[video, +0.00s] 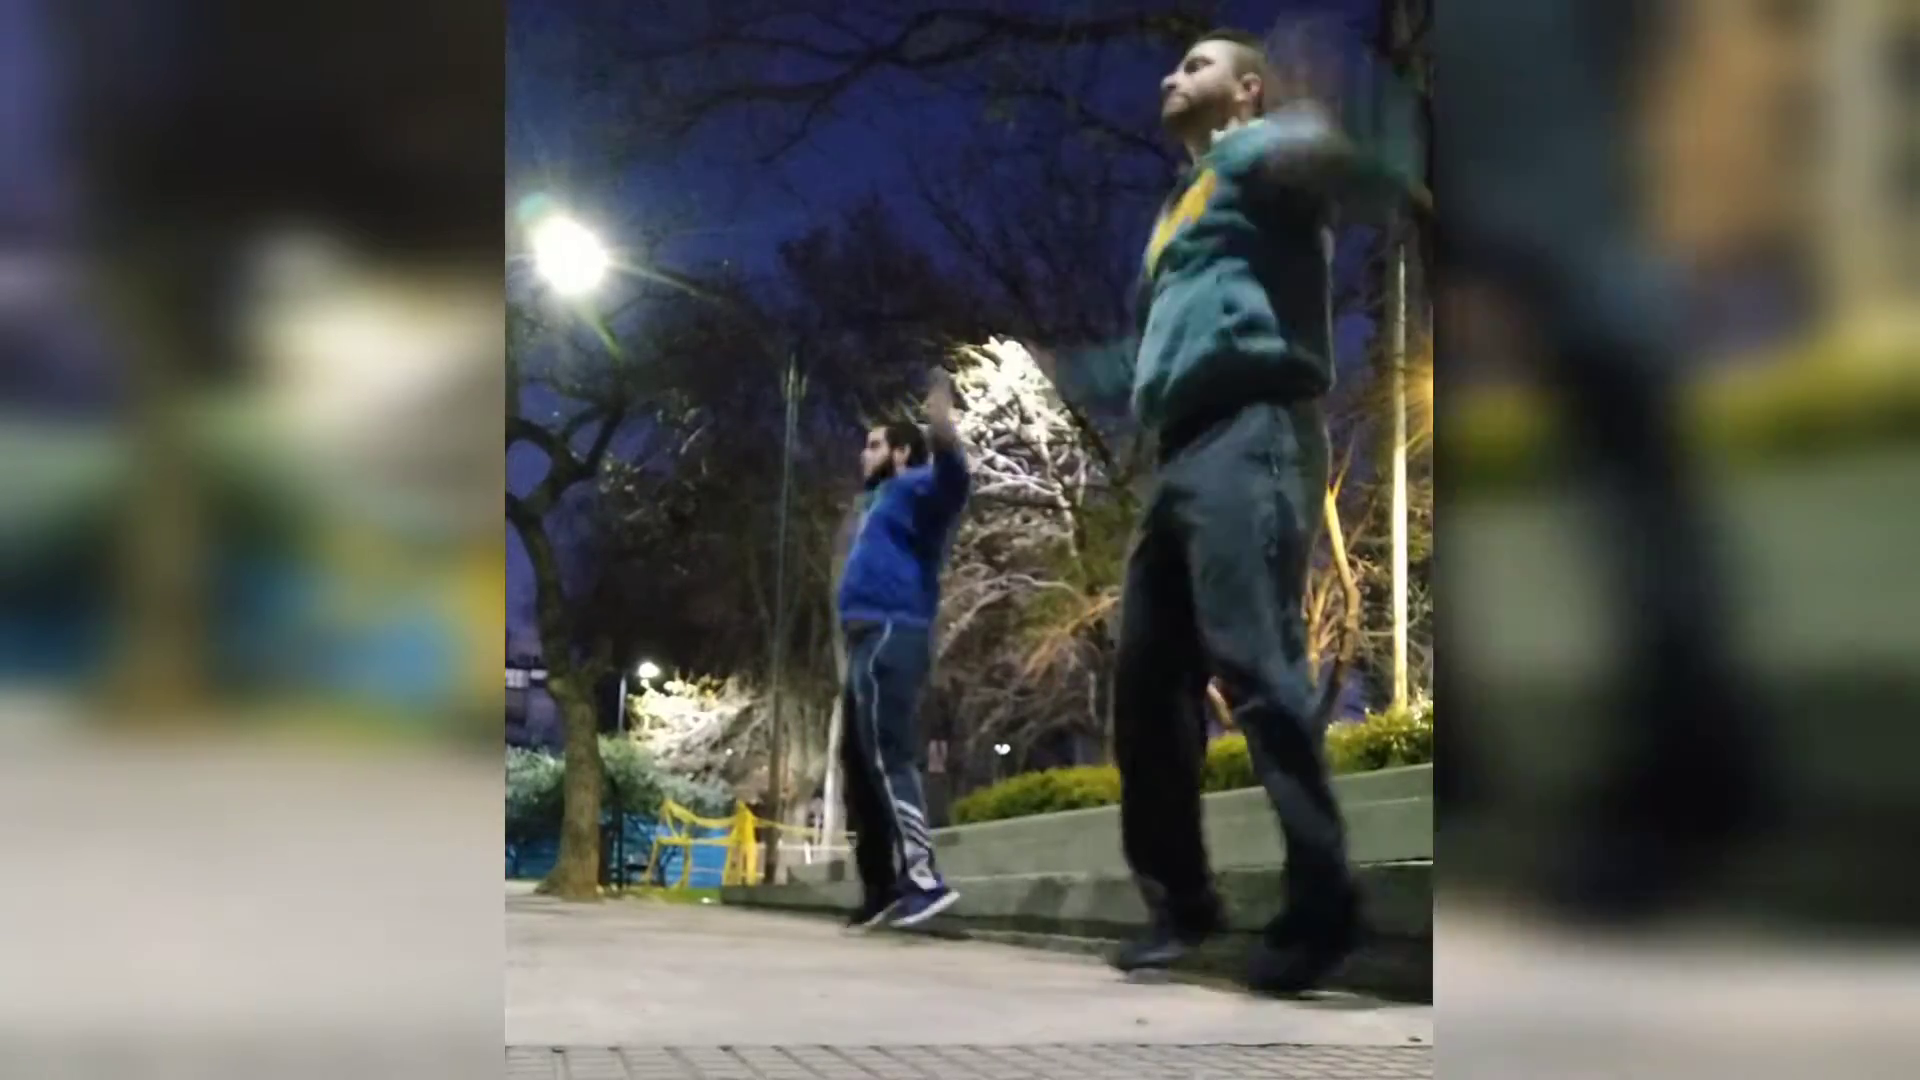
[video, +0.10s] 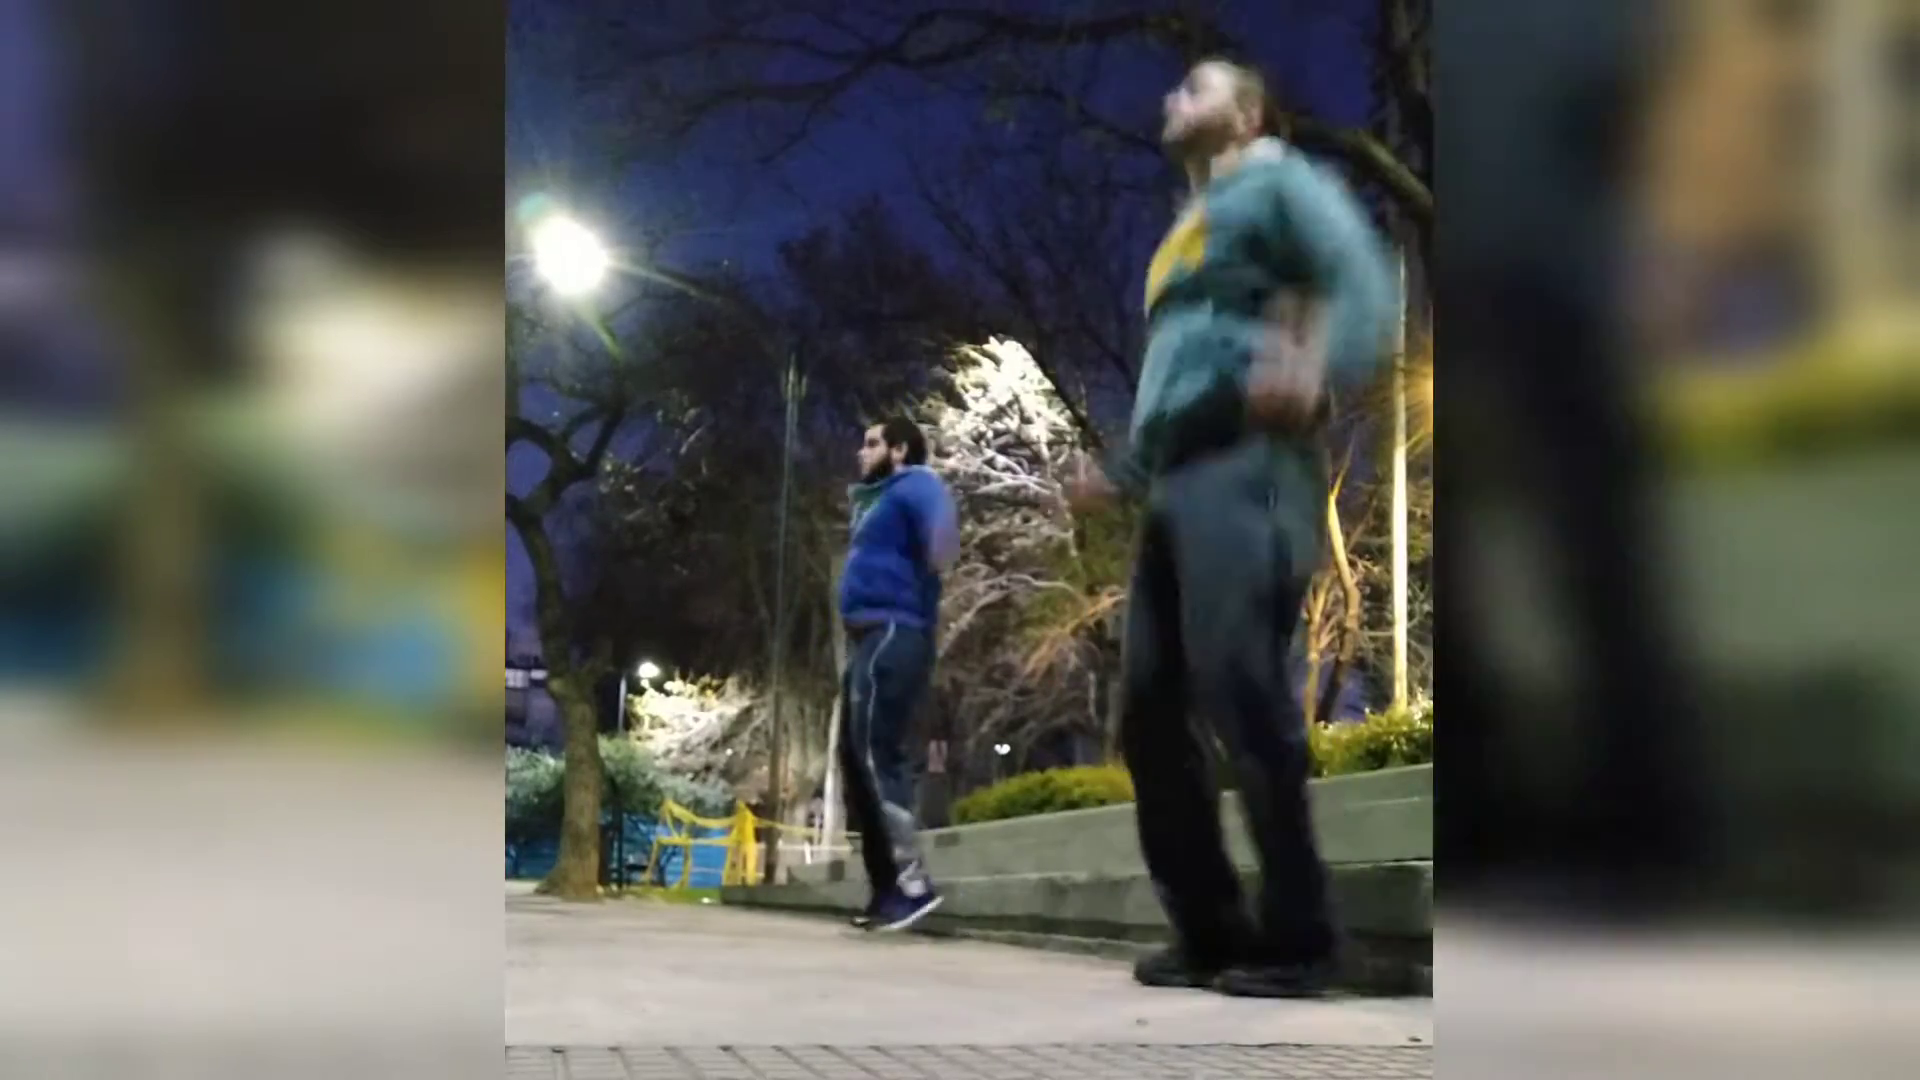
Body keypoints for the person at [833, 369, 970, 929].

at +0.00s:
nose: (863, 453)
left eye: (873, 445)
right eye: (865, 445)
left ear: (901, 451)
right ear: (888, 454)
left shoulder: (919, 488)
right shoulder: (880, 496)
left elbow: (953, 479)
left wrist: (943, 430)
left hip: (895, 629)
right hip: (863, 630)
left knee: (887, 753)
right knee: (860, 761)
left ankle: (922, 881)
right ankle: (880, 886)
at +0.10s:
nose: (862, 452)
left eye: (872, 444)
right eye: (863, 443)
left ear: (900, 450)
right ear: (883, 452)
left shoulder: (918, 484)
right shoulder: (872, 495)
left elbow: (942, 547)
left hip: (897, 627)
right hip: (865, 630)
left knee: (872, 751)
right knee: (860, 755)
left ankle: (911, 883)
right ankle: (888, 886)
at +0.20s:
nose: (857, 482)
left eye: (867, 474)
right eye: (859, 473)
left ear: (894, 480)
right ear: (887, 481)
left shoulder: (912, 524)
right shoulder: (880, 527)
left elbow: (926, 594)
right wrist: (854, 517)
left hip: (893, 670)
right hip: (867, 669)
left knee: (863, 789)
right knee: (847, 791)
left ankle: (909, 909)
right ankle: (890, 907)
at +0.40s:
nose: (862, 454)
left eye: (871, 445)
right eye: (864, 445)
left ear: (899, 450)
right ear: (890, 452)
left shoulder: (918, 489)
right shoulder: (879, 502)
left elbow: (933, 525)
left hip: (894, 634)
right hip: (861, 637)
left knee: (884, 758)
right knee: (863, 769)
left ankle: (911, 886)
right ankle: (879, 895)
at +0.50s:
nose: (869, 452)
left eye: (879, 443)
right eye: (870, 444)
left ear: (906, 452)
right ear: (891, 457)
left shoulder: (920, 497)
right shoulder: (882, 504)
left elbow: (933, 442)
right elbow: (862, 482)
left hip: (895, 633)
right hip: (861, 634)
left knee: (892, 752)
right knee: (863, 763)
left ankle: (925, 878)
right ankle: (875, 883)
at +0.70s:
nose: (864, 502)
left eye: (873, 493)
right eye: (864, 493)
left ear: (897, 498)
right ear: (873, 502)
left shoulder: (918, 532)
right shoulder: (871, 548)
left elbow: (922, 462)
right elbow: (859, 548)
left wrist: (914, 427)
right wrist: (864, 526)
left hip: (900, 674)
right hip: (865, 679)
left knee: (884, 799)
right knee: (853, 804)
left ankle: (936, 910)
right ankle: (884, 907)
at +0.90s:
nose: (865, 453)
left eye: (874, 444)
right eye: (866, 444)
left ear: (902, 451)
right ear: (894, 453)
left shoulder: (912, 488)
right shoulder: (881, 499)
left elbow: (928, 503)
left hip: (896, 627)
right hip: (865, 632)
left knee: (884, 756)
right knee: (857, 763)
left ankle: (921, 883)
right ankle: (882, 887)